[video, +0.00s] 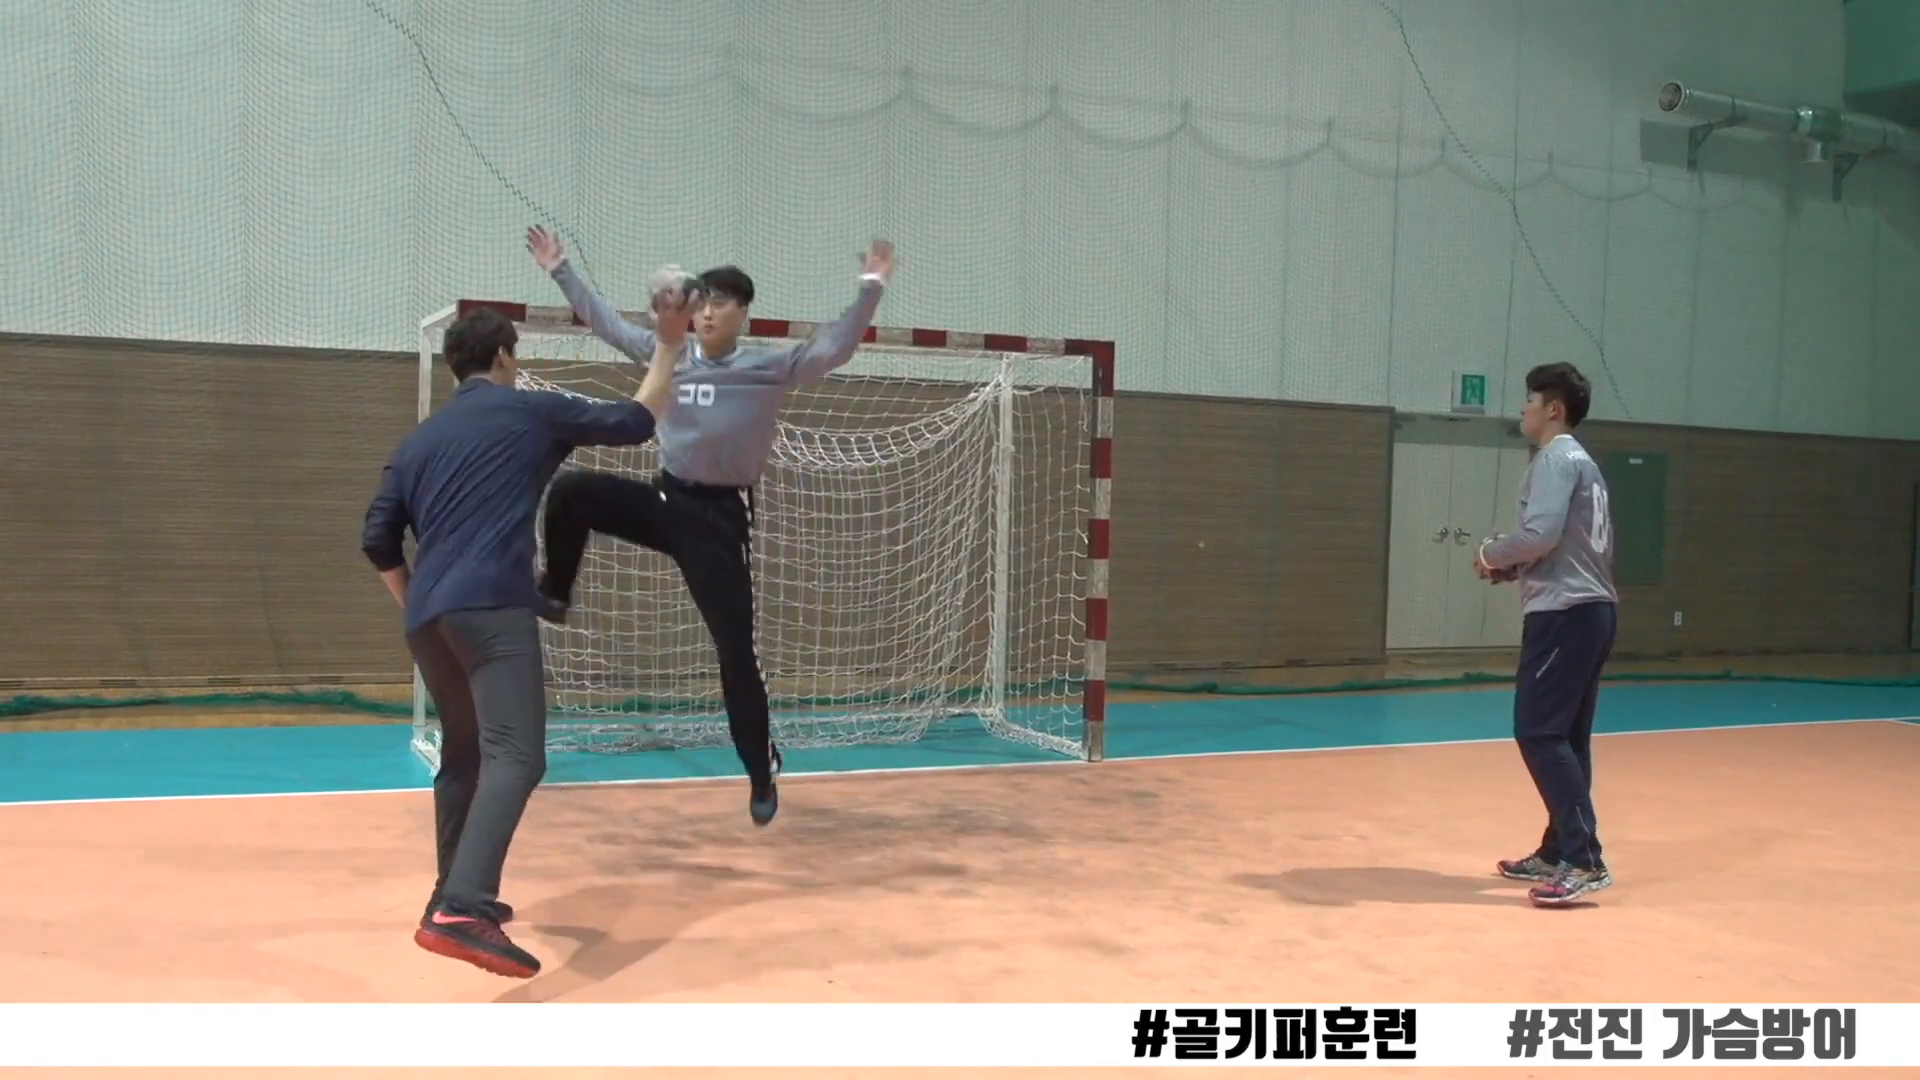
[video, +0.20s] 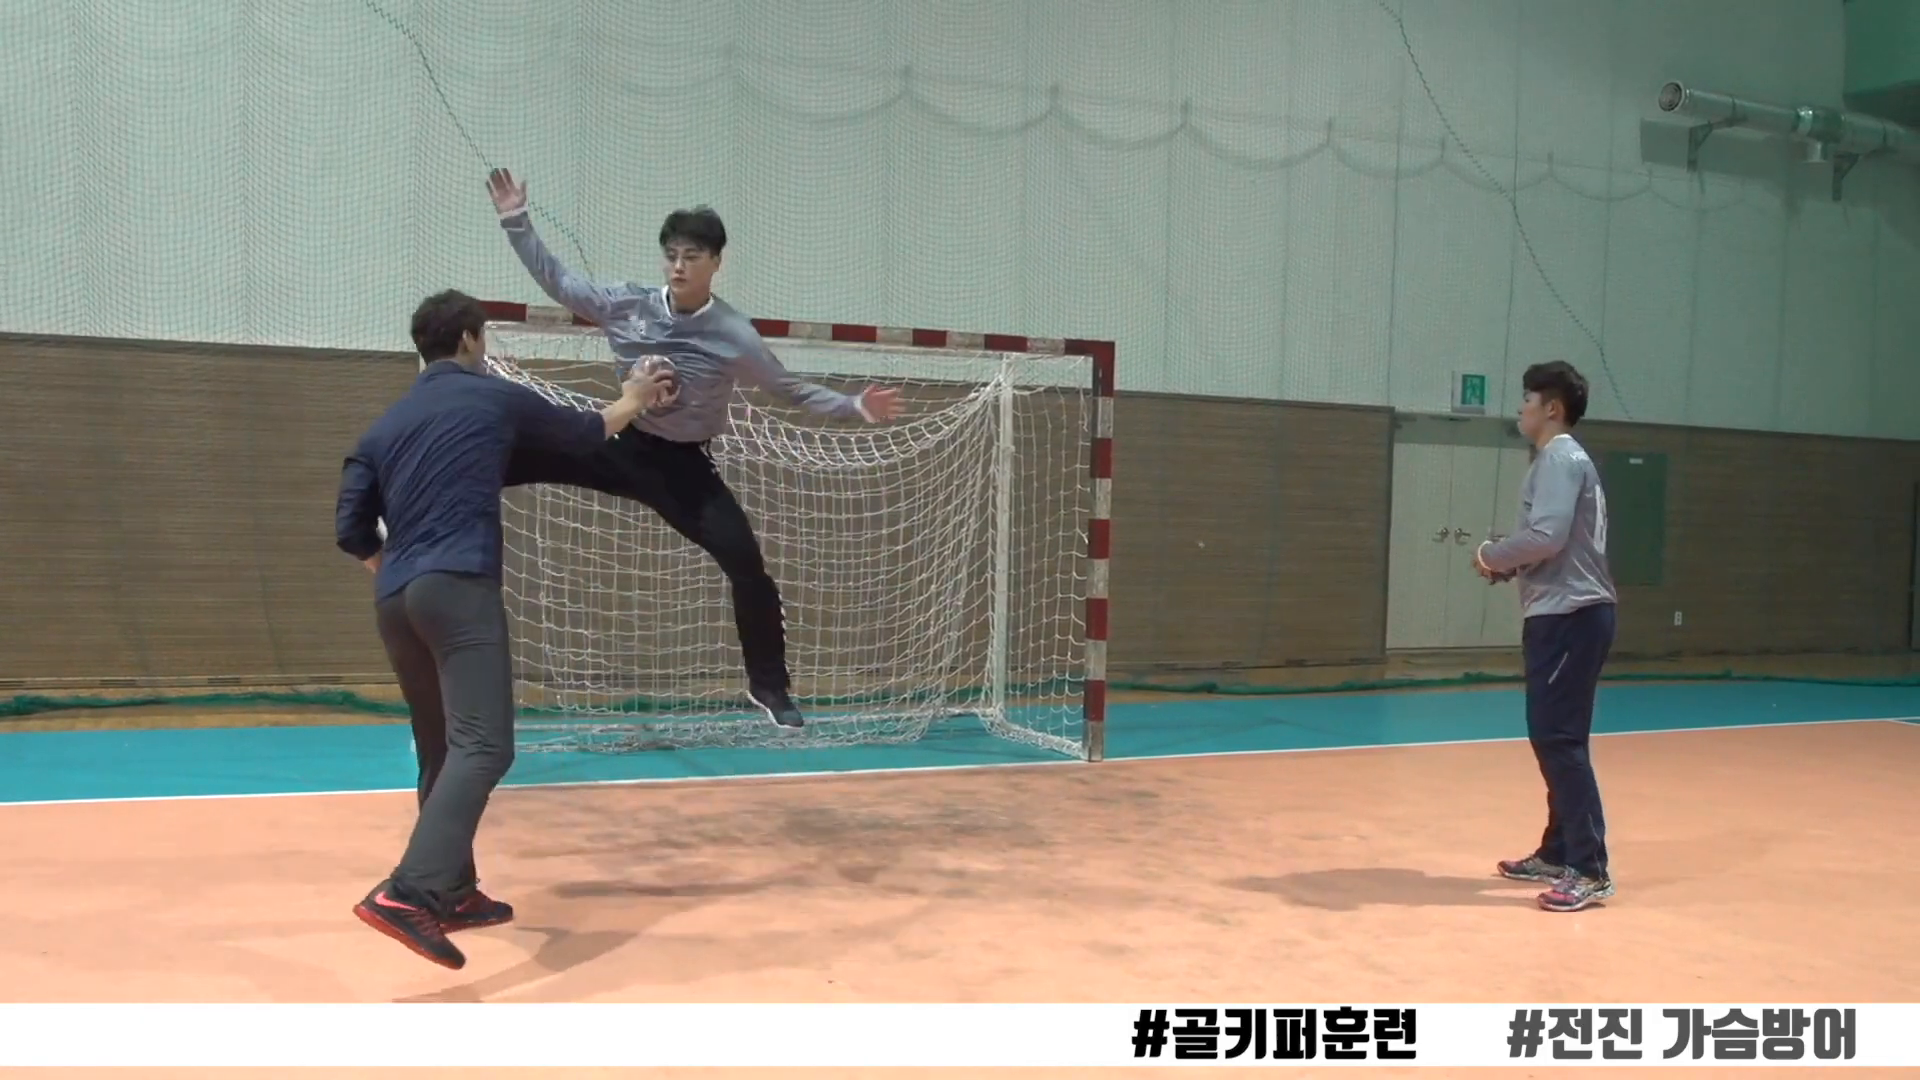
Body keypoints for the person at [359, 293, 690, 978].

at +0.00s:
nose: (520, 365)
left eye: (516, 356)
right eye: (517, 356)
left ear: (455, 366)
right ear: (504, 358)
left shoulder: (419, 439)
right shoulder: (531, 410)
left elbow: (378, 537)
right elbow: (637, 421)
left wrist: (416, 607)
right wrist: (670, 344)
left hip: (425, 613)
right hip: (491, 597)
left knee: (461, 757)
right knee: (515, 755)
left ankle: (453, 903)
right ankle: (464, 908)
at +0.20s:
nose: (488, 349)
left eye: (483, 339)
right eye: (484, 340)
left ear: (422, 350)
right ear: (470, 342)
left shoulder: (380, 428)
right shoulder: (492, 397)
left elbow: (354, 534)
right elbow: (588, 431)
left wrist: (397, 558)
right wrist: (634, 397)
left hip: (395, 594)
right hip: (458, 582)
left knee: (437, 747)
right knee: (482, 746)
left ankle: (455, 891)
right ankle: (406, 894)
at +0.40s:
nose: (438, 334)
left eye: (435, 322)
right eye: (433, 323)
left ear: (375, 331)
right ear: (409, 325)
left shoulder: (340, 418)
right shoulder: (427, 389)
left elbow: (323, 532)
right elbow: (502, 444)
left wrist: (408, 540)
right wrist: (546, 477)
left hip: (356, 603)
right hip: (404, 599)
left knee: (430, 753)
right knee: (434, 765)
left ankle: (452, 895)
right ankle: (313, 900)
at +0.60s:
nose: (385, 340)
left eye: (383, 325)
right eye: (379, 325)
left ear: (333, 330)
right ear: (348, 328)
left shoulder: (294, 407)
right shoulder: (342, 407)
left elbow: (264, 529)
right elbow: (371, 537)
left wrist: (338, 566)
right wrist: (441, 618)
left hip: (293, 618)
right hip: (318, 624)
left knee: (387, 744)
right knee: (346, 780)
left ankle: (436, 891)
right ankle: (267, 935)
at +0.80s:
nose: (331, 325)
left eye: (330, 312)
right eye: (325, 311)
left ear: (283, 317)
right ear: (293, 316)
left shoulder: (268, 387)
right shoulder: (260, 392)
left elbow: (250, 513)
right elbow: (213, 506)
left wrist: (312, 555)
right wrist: (238, 605)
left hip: (250, 614)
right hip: (235, 618)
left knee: (310, 741)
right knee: (289, 759)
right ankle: (267, 935)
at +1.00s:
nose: (255, 329)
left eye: (254, 316)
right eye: (249, 315)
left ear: (210, 320)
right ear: (213, 319)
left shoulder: (199, 405)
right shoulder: (163, 395)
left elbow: (187, 531)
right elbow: (76, 483)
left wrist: (264, 563)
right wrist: (88, 567)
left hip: (150, 631)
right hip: (149, 633)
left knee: (95, 784)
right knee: (219, 775)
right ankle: (259, 934)